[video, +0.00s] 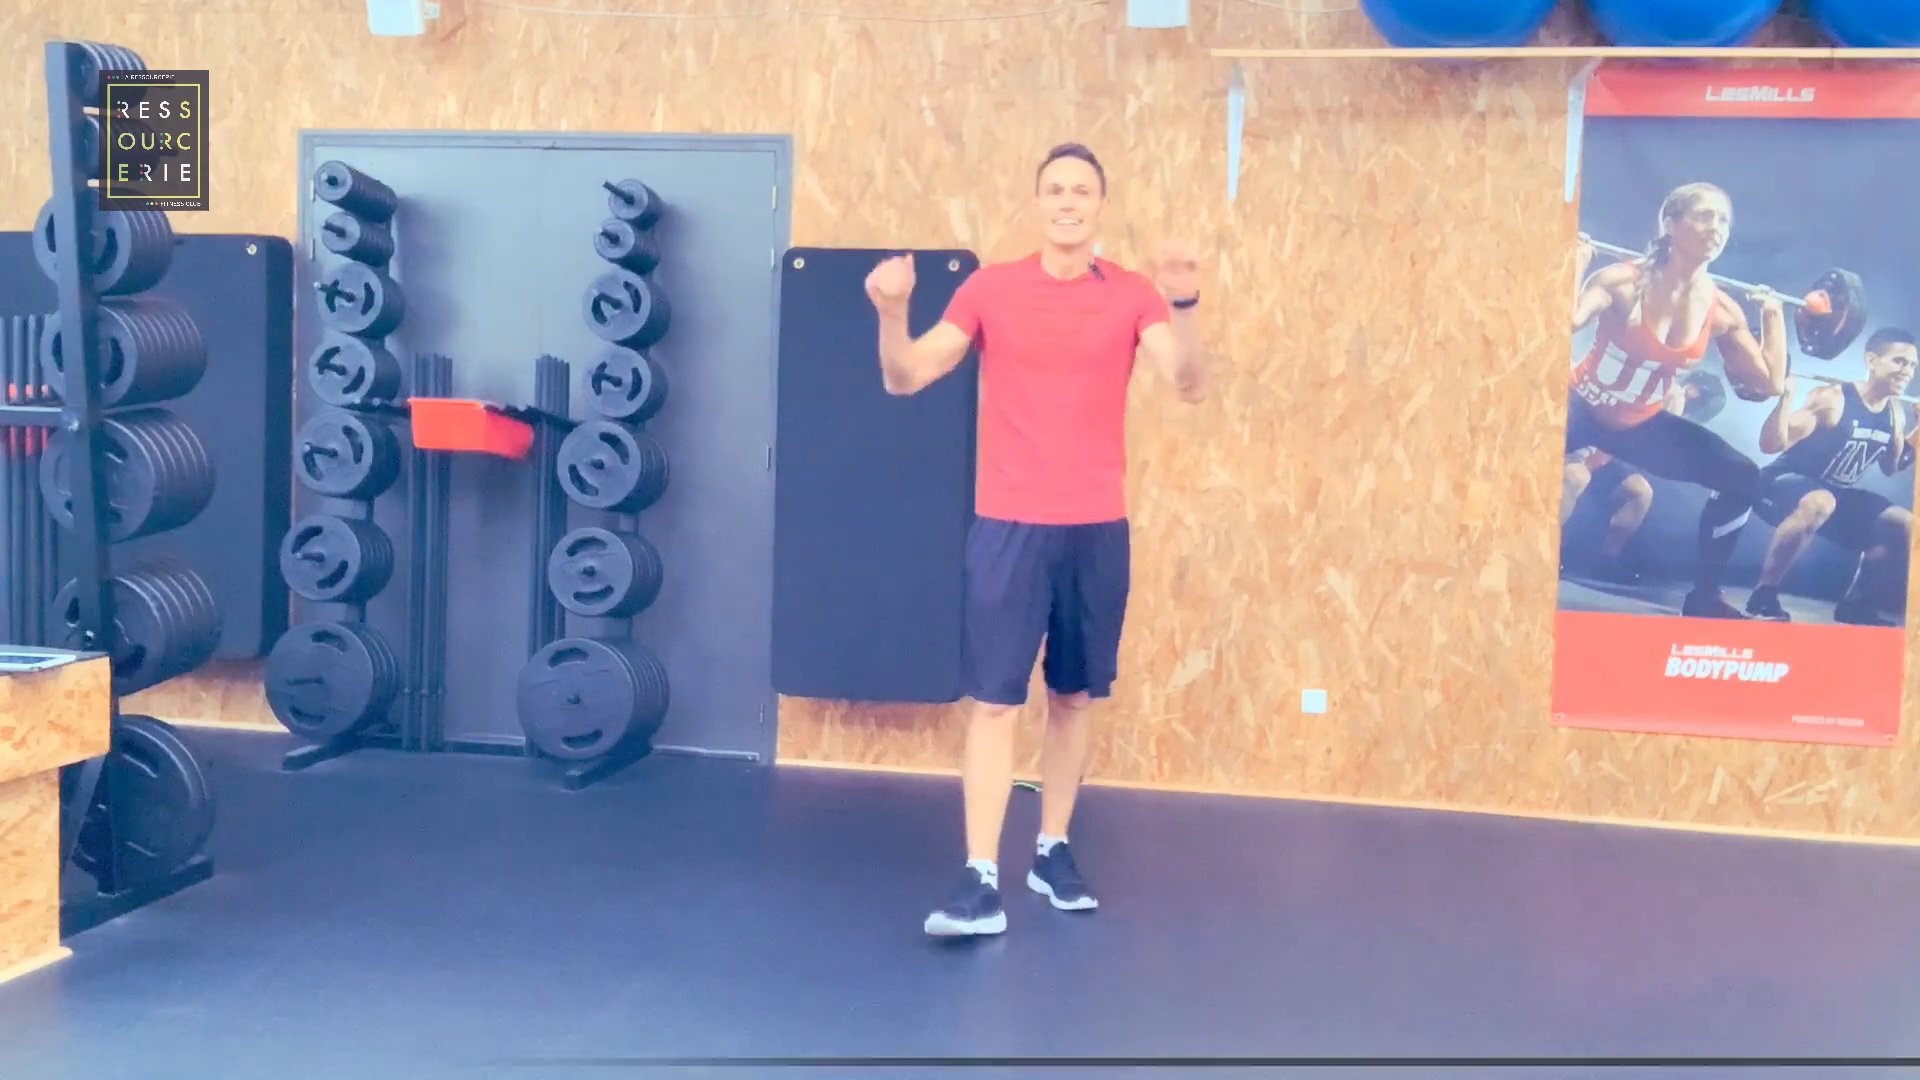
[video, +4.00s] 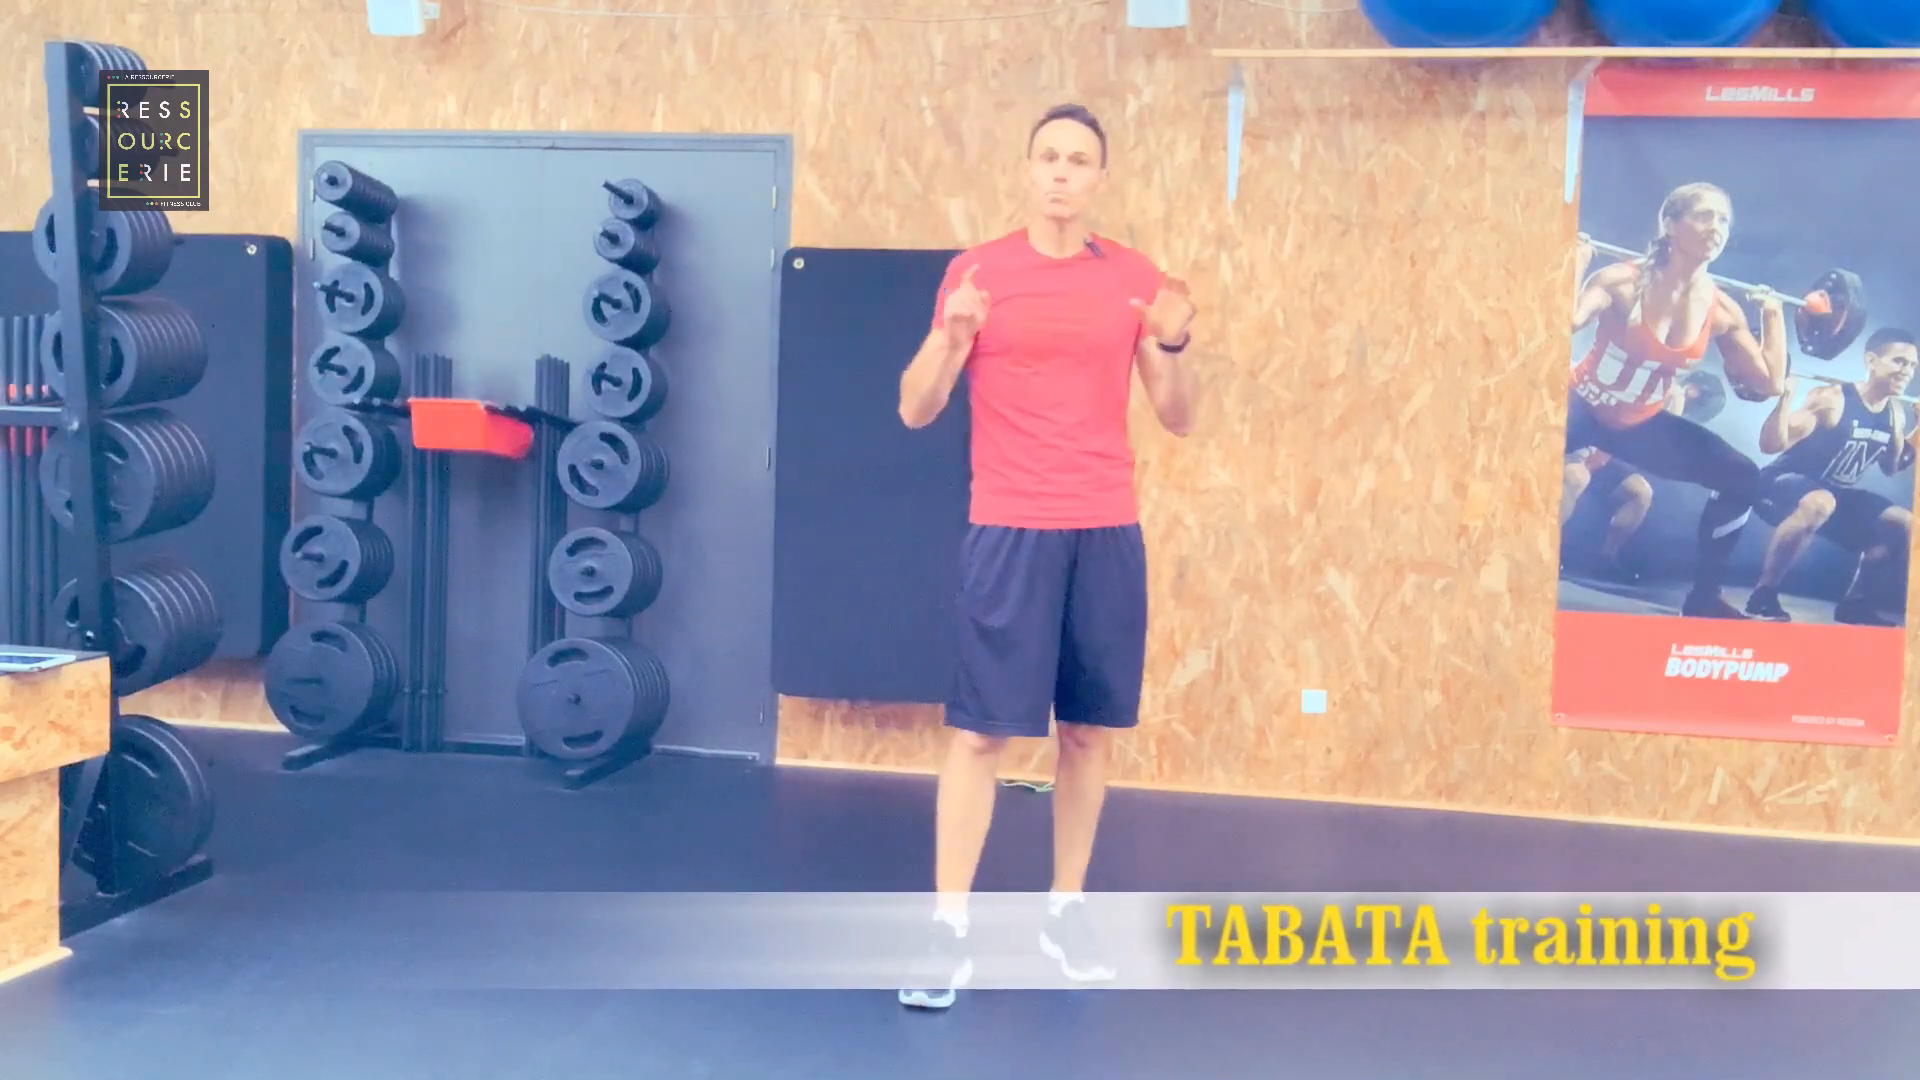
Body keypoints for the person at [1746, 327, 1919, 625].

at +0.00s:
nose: (1906, 371)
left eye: (1912, 365)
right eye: (1899, 361)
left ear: (1914, 372)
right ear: (1871, 361)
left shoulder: (1894, 413)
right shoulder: (1830, 398)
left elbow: (1891, 467)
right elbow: (1769, 444)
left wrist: (1912, 439)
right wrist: (1785, 395)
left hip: (1839, 494)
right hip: (1785, 481)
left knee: (1906, 525)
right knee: (1820, 503)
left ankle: (1855, 605)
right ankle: (1763, 596)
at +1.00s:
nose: (1906, 371)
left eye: (1912, 365)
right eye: (1899, 361)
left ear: (1914, 371)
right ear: (1871, 361)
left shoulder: (1894, 413)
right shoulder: (1830, 398)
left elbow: (1891, 467)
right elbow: (1769, 444)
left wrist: (1910, 442)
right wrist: (1785, 395)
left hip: (1839, 495)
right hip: (1786, 481)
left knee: (1906, 525)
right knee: (1820, 503)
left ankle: (1855, 604)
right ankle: (1764, 596)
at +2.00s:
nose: (1906, 371)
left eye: (1911, 365)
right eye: (1899, 361)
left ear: (1914, 371)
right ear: (1871, 361)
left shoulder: (1894, 412)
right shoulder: (1830, 398)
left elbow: (1892, 467)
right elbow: (1769, 444)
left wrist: (1912, 443)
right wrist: (1785, 395)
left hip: (1839, 495)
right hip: (1786, 481)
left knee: (1906, 525)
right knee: (1820, 502)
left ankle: (1854, 604)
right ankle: (1764, 596)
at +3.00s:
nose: (1906, 371)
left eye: (1911, 365)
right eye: (1899, 361)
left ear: (1914, 371)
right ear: (1871, 361)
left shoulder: (1894, 412)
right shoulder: (1831, 398)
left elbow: (1892, 467)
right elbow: (1769, 444)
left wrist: (1911, 443)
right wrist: (1786, 395)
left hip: (1839, 495)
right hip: (1785, 481)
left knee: (1906, 525)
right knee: (1821, 502)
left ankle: (1855, 604)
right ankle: (1764, 595)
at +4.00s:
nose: (1906, 371)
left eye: (1911, 365)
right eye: (1899, 361)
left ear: (1914, 371)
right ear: (1871, 361)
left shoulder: (1893, 412)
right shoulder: (1831, 398)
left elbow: (1891, 467)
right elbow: (1769, 444)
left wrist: (1910, 446)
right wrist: (1785, 396)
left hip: (1839, 495)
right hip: (1785, 482)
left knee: (1905, 524)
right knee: (1821, 502)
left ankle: (1854, 604)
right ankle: (1763, 596)